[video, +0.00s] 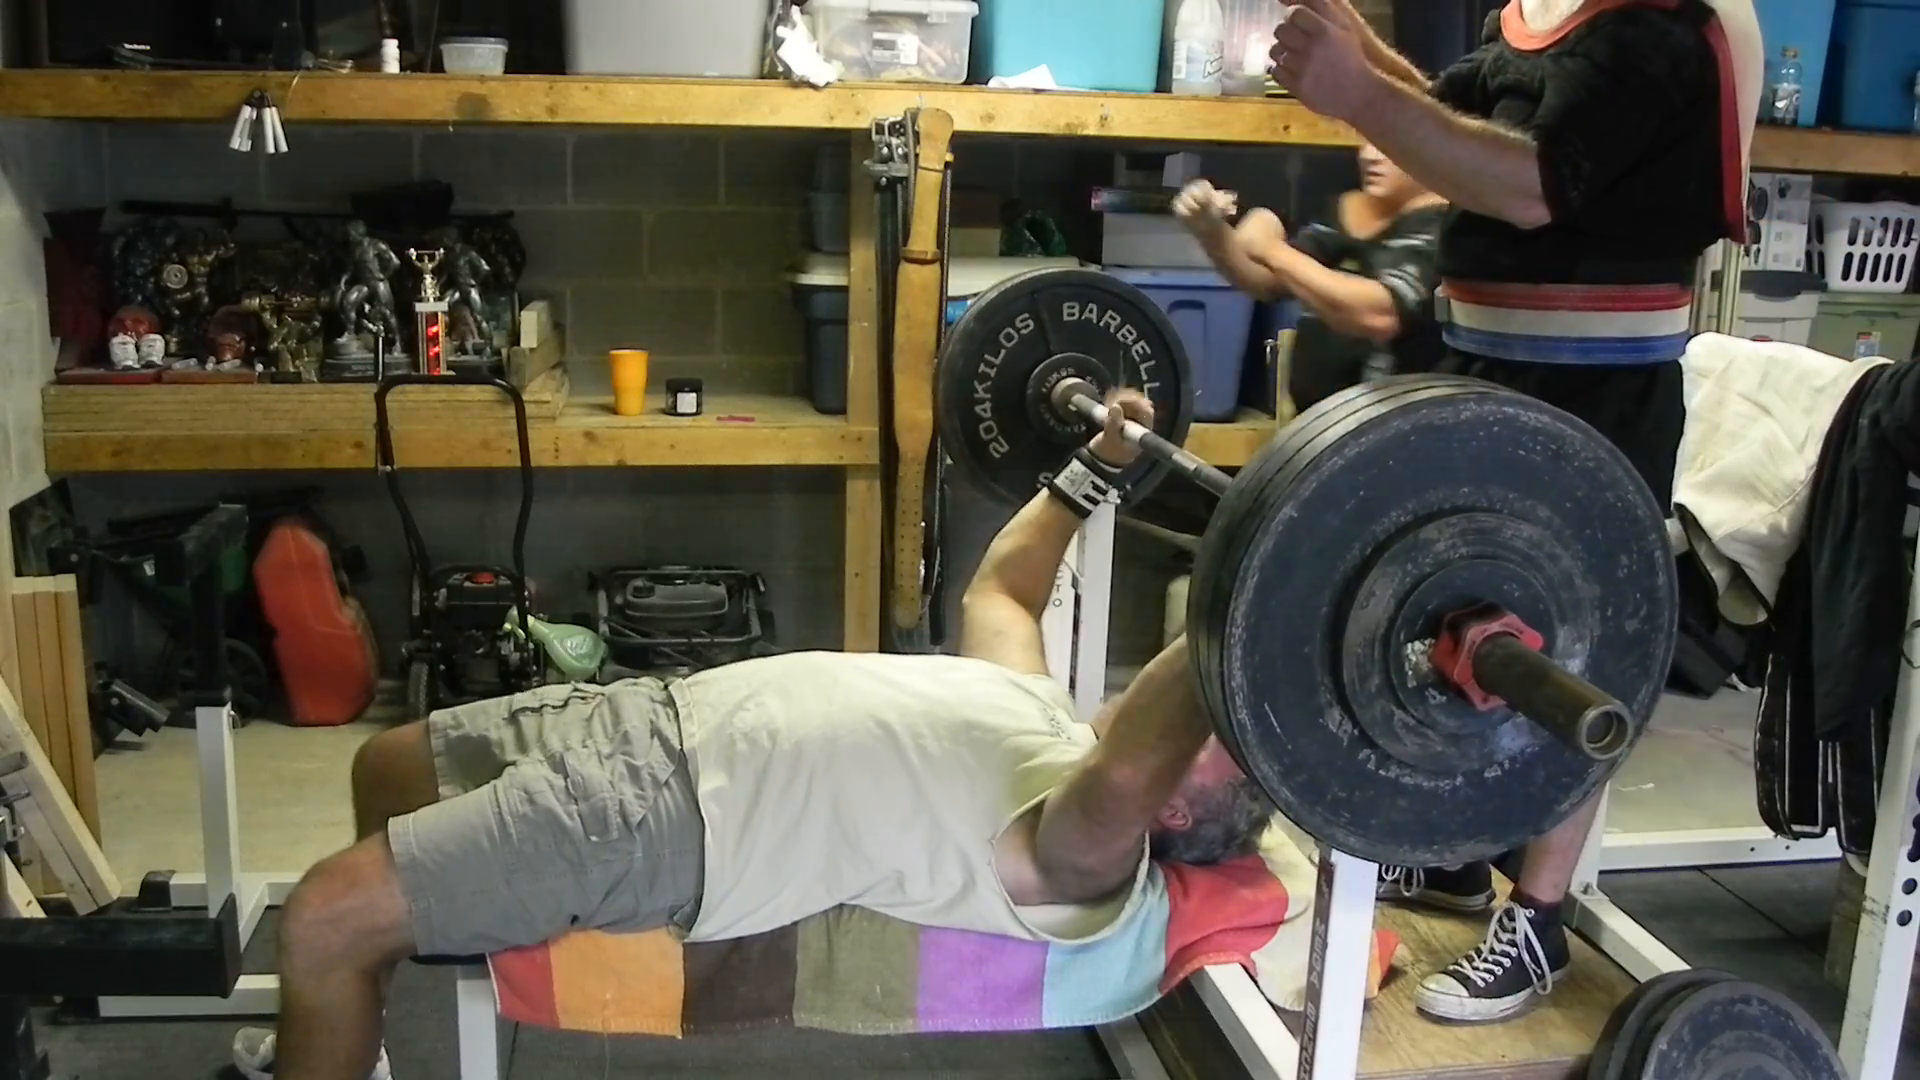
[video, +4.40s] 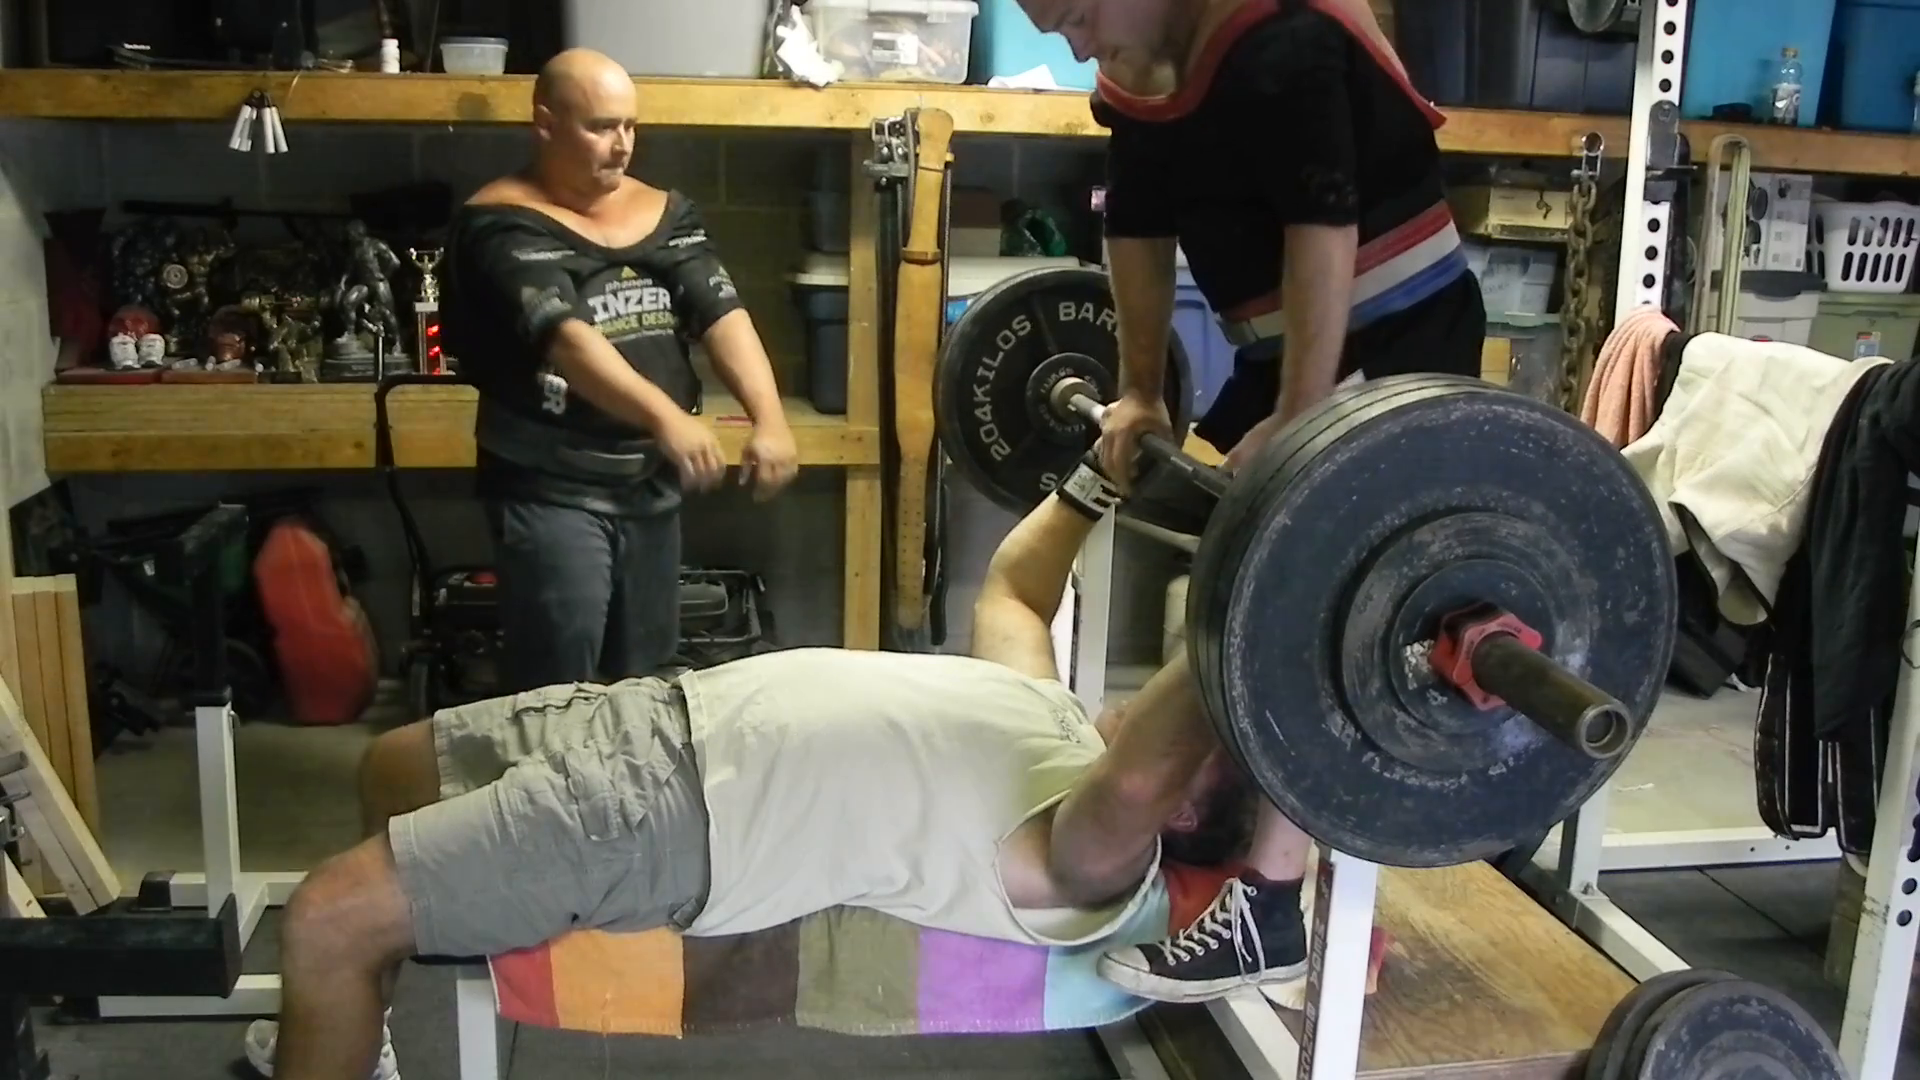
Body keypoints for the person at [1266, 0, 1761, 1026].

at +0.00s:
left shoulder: (1660, 30)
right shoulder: (1536, 18)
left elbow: (1530, 183)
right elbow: (1441, 113)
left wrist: (1361, 91)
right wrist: (1353, 51)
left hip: (1602, 384)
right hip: (1487, 367)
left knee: (1576, 651)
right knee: (1453, 614)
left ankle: (1535, 917)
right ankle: (1452, 847)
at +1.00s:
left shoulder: (1584, 32)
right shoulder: (1469, 34)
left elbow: (1491, 193)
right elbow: (1373, 129)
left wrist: (1305, 228)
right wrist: (1225, 98)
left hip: (1553, 385)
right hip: (1436, 370)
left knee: (1554, 650)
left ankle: (1535, 918)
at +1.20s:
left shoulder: (1511, 26)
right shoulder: (1395, 30)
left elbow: (1467, 214)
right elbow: (1306, 166)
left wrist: (1353, 377)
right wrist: (1170, 239)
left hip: (1518, 374)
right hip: (1413, 370)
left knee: (1526, 637)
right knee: (1366, 611)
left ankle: (1530, 916)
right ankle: (1332, 817)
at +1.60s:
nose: (1172, 13)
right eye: (1170, 6)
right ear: (1223, 1)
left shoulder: (1378, 33)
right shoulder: (1243, 85)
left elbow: (1393, 225)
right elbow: (1204, 234)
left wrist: (1340, 407)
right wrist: (1154, 385)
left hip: (1462, 339)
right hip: (1346, 351)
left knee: (1464, 619)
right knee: (1324, 603)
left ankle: (1468, 888)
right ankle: (1335, 856)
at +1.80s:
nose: (1151, 19)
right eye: (1143, 6)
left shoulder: (1363, 27)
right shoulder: (1202, 62)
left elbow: (1386, 200)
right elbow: (1185, 229)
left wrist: (1330, 356)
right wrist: (1150, 390)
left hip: (1447, 334)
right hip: (1313, 346)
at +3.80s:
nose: (1060, 52)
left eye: (1059, 31)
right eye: (1048, 40)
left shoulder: (1271, 48)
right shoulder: (1144, 56)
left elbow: (1324, 271)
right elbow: (1140, 224)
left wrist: (1292, 479)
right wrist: (1139, 392)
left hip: (1412, 327)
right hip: (1294, 333)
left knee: (1311, 595)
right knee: (1241, 576)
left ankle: (1258, 895)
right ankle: (1198, 820)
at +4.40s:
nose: (1065, 39)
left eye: (1071, 15)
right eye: (1051, 27)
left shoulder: (1291, 48)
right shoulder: (1130, 72)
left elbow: (1326, 244)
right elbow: (1137, 227)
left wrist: (1288, 435)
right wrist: (1141, 388)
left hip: (1401, 329)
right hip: (1282, 344)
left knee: (1323, 598)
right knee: (1246, 583)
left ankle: (1269, 891)